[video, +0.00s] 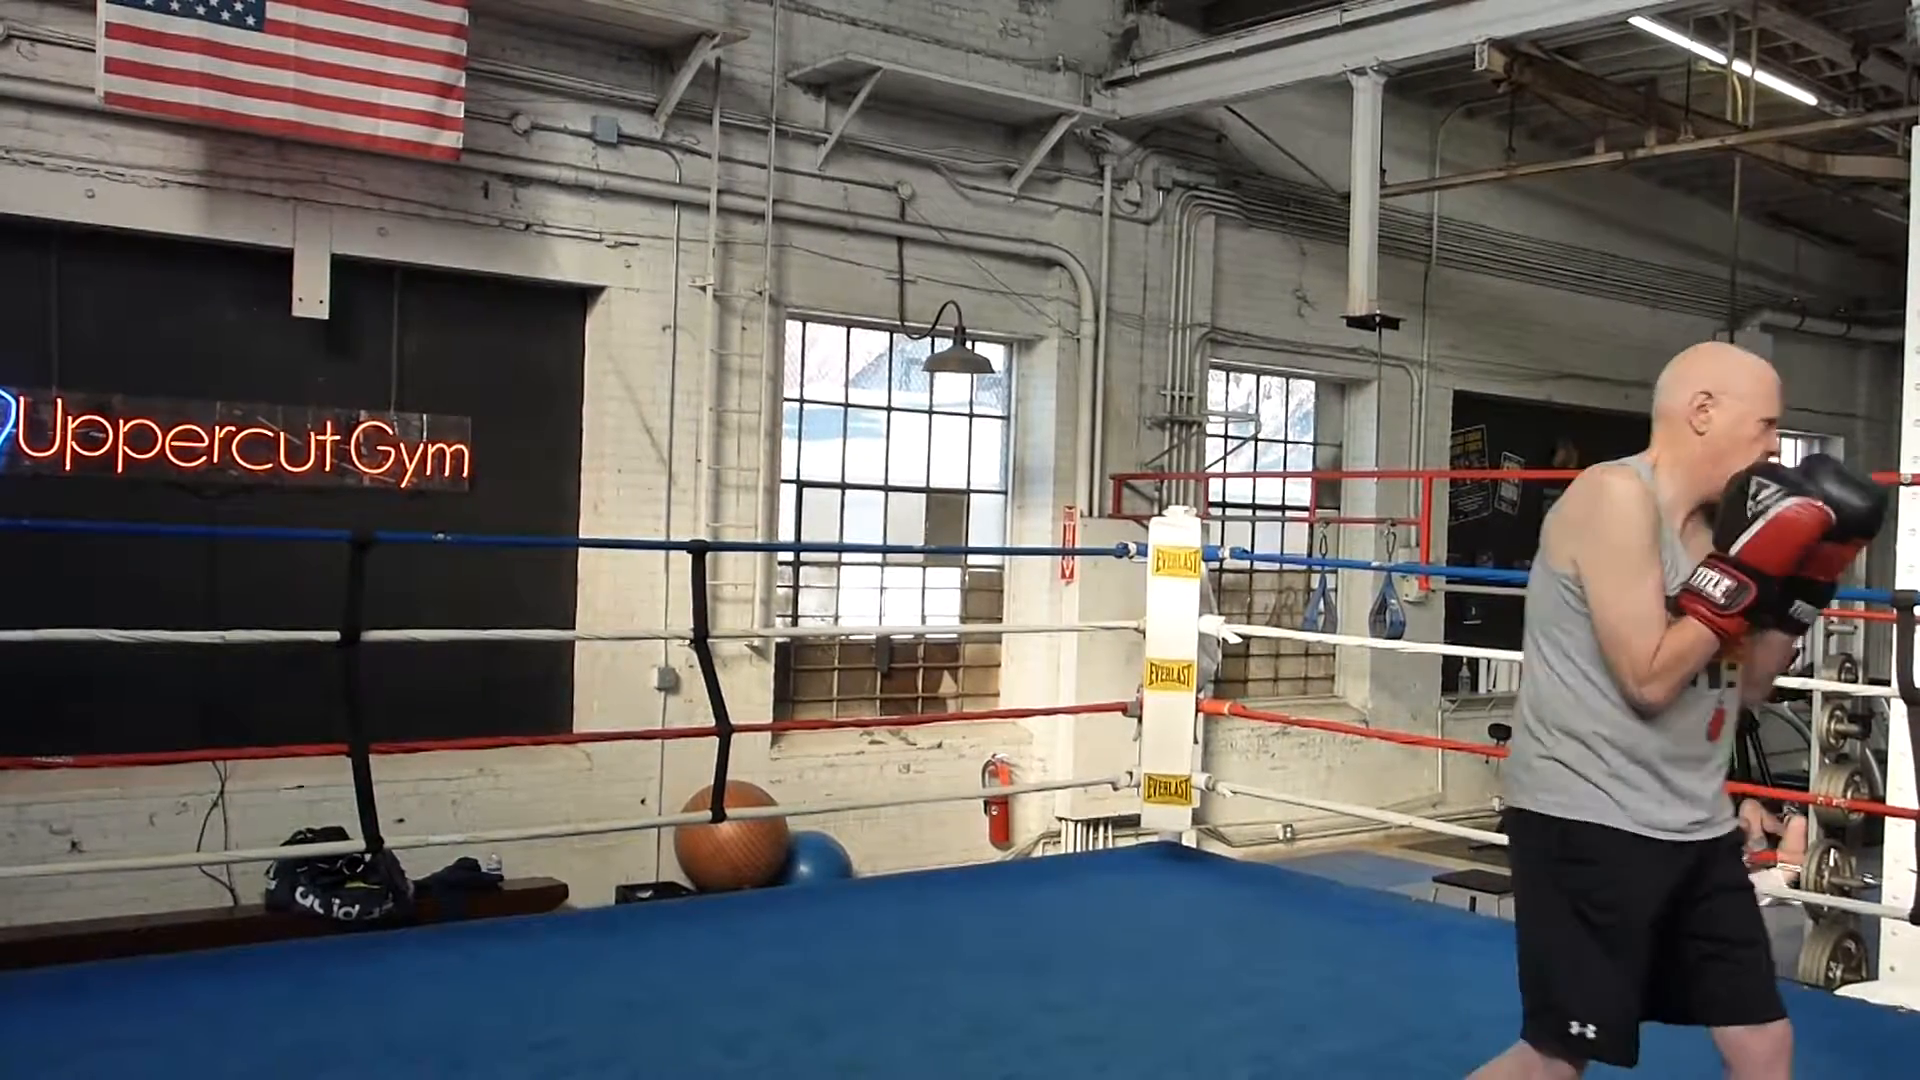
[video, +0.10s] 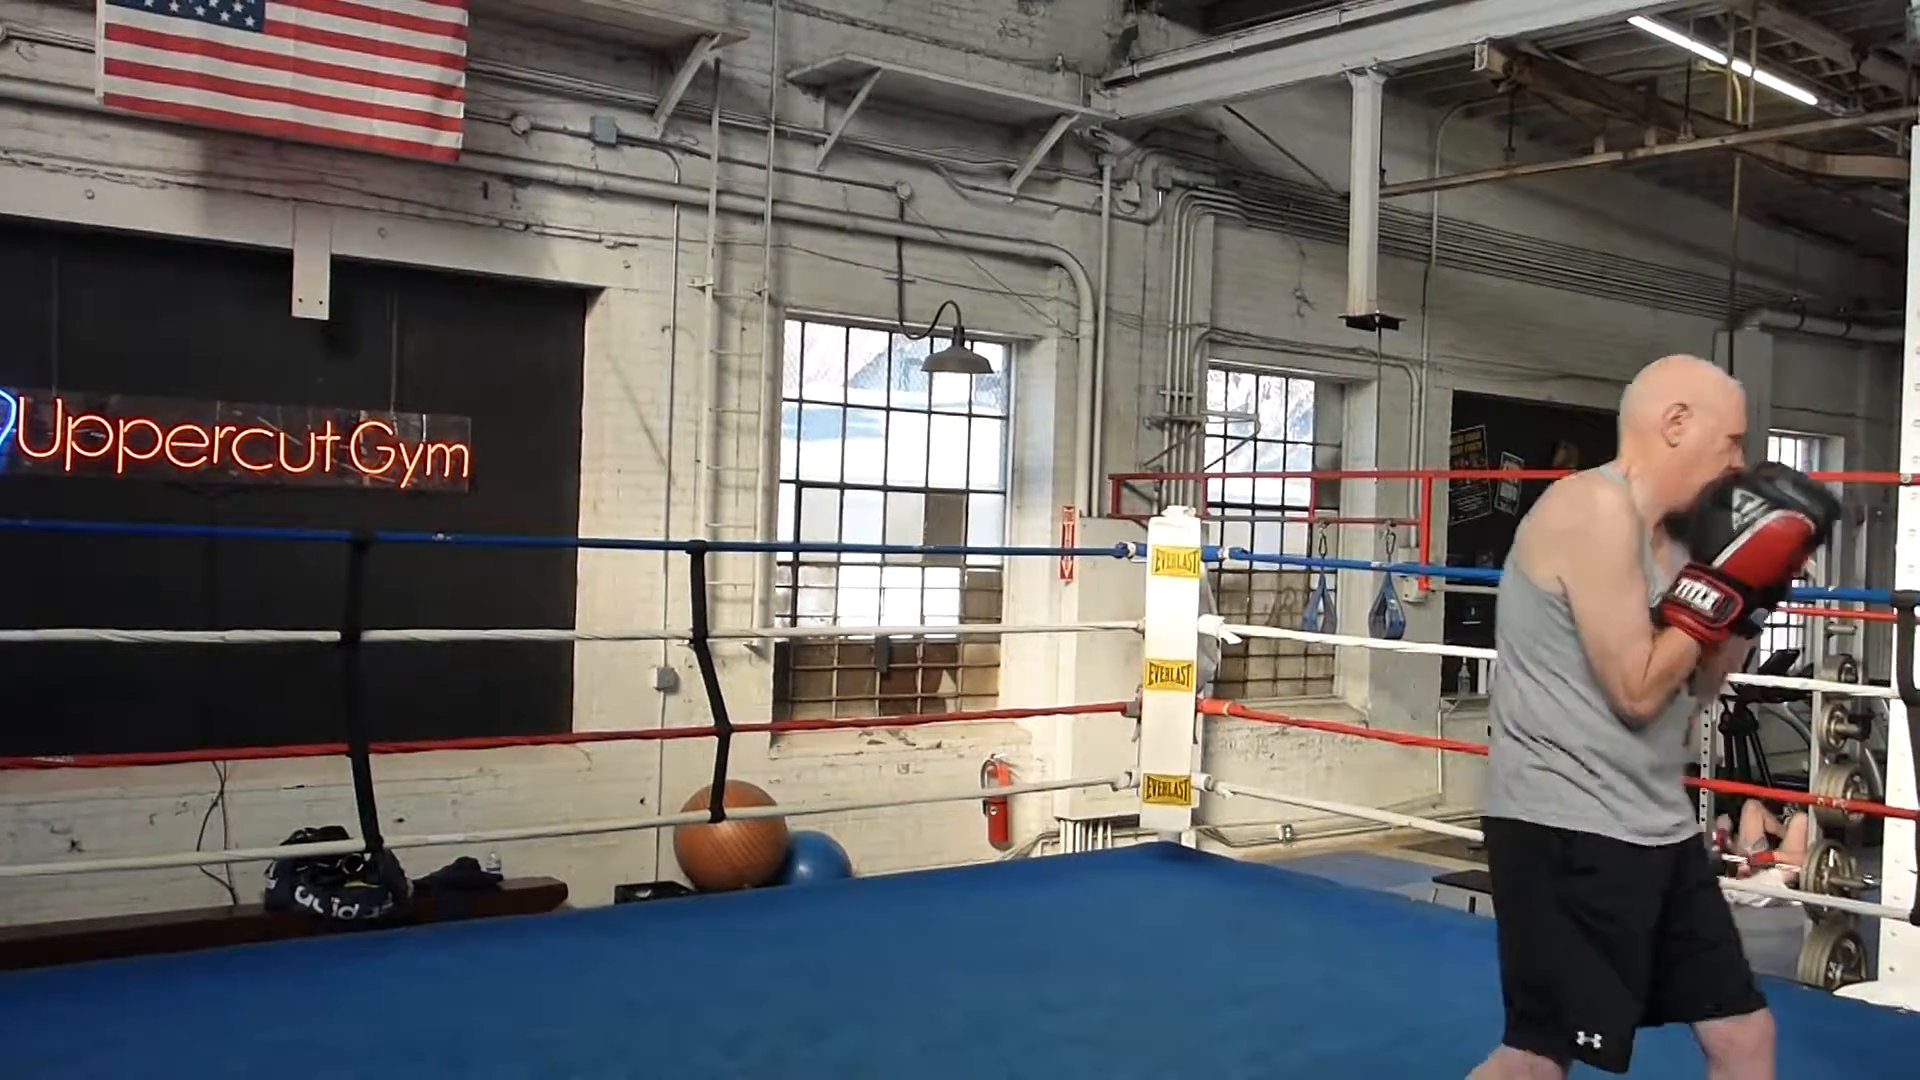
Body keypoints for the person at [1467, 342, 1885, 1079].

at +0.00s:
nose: (1775, 450)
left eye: (1778, 431)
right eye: (1766, 426)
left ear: (1702, 415)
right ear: (1701, 411)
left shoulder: (1706, 530)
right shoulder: (1612, 496)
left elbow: (1750, 681)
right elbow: (1649, 680)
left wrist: (1809, 580)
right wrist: (1749, 570)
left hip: (1697, 827)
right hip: (1584, 820)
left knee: (1761, 1045)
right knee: (1555, 1057)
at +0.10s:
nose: (1739, 466)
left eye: (1741, 447)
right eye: (1731, 441)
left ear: (1672, 426)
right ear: (1675, 422)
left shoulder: (1659, 538)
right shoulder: (1593, 508)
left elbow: (1702, 682)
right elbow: (1635, 690)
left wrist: (1752, 581)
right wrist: (1720, 581)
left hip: (1660, 831)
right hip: (1565, 827)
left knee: (1743, 1038)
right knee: (1535, 1058)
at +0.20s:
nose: (1707, 474)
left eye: (1710, 457)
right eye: (1702, 450)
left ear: (1644, 433)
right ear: (1652, 431)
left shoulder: (1619, 536)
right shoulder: (1577, 519)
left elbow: (1632, 678)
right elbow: (1617, 697)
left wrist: (1701, 577)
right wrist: (1698, 595)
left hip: (1617, 823)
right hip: (1543, 825)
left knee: (1734, 1012)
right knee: (1544, 1055)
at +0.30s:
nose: (1683, 476)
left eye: (1687, 459)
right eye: (1681, 453)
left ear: (1619, 434)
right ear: (1636, 434)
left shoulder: (1565, 518)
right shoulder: (1566, 520)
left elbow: (1604, 683)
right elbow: (1606, 700)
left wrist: (1663, 575)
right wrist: (1682, 595)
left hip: (1597, 819)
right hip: (1539, 826)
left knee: (1727, 982)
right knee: (1548, 1061)